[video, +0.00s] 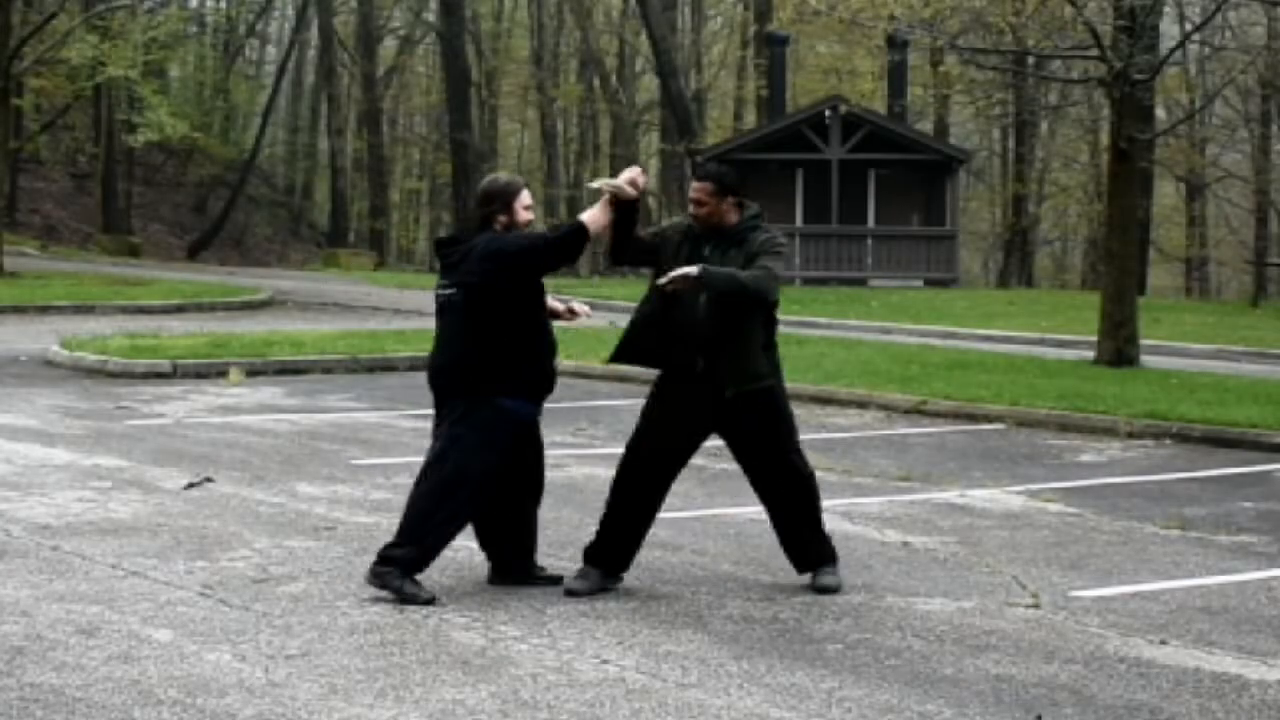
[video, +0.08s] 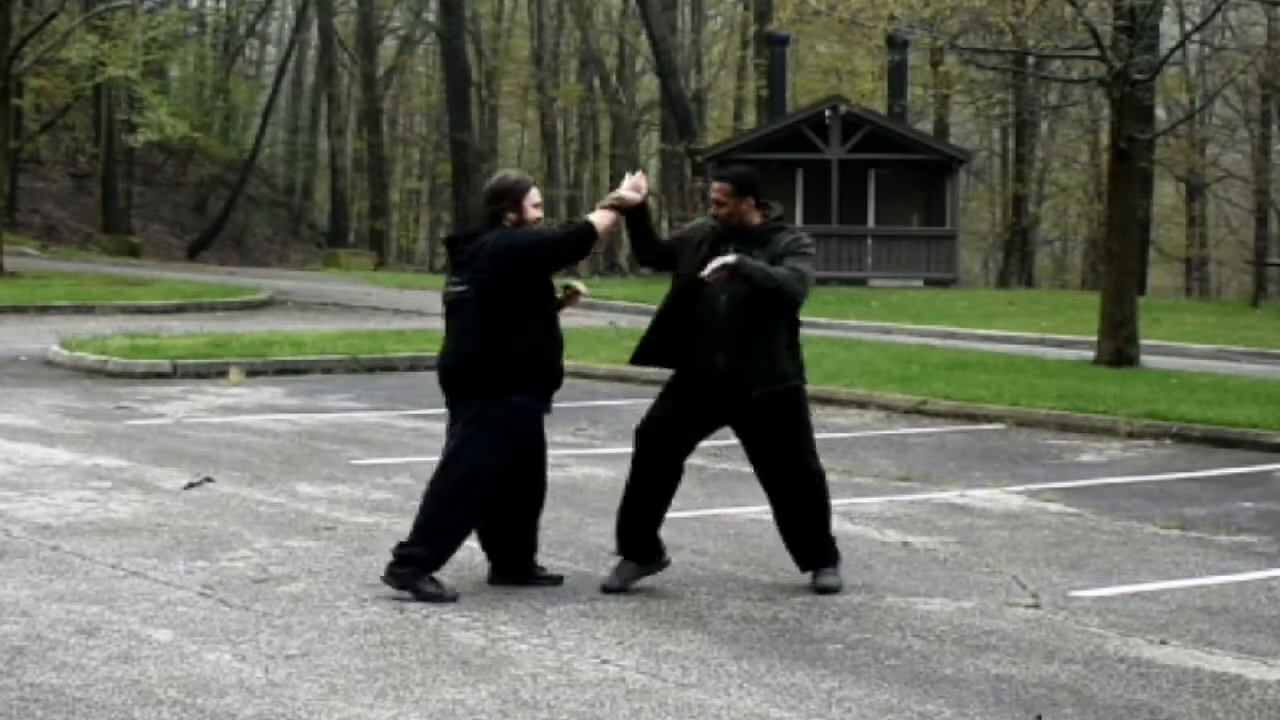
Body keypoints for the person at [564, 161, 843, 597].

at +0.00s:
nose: (693, 210)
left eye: (701, 203)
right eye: (691, 202)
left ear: (731, 204)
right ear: (689, 201)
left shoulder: (764, 241)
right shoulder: (682, 235)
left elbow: (764, 287)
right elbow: (622, 252)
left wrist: (702, 276)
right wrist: (624, 202)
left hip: (748, 387)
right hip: (684, 385)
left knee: (784, 474)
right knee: (640, 472)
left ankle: (821, 564)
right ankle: (602, 566)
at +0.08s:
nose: (715, 210)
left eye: (722, 203)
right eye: (713, 202)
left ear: (752, 204)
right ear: (715, 202)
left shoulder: (788, 242)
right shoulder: (704, 235)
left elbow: (794, 287)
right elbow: (652, 255)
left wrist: (740, 265)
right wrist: (635, 209)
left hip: (767, 385)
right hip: (701, 380)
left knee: (794, 471)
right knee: (654, 445)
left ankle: (823, 563)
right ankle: (639, 552)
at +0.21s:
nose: (736, 209)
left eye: (743, 202)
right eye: (734, 202)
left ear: (773, 203)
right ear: (739, 204)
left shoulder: (814, 251)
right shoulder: (733, 244)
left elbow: (822, 308)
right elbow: (697, 290)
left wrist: (772, 273)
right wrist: (662, 251)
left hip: (791, 388)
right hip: (731, 382)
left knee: (807, 477)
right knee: (674, 431)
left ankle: (825, 563)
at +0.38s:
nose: (753, 210)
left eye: (760, 202)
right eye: (751, 202)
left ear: (789, 203)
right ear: (758, 204)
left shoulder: (827, 250)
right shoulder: (754, 245)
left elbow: (824, 308)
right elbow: (733, 305)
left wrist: (769, 271)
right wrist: (695, 286)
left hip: (804, 387)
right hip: (745, 380)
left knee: (809, 478)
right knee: (693, 435)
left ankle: (824, 564)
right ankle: (712, 545)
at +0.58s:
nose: (758, 206)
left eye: (766, 199)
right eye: (757, 197)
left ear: (794, 201)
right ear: (770, 201)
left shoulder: (820, 250)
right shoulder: (762, 242)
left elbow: (765, 286)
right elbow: (722, 287)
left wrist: (702, 266)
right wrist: (733, 251)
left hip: (805, 383)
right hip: (749, 375)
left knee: (807, 474)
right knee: (692, 428)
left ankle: (823, 564)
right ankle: (687, 538)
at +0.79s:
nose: (750, 203)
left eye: (758, 197)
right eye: (750, 195)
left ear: (786, 200)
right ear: (756, 197)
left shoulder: (813, 251)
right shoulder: (743, 233)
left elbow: (775, 298)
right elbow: (689, 240)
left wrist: (720, 284)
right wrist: (693, 196)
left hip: (790, 389)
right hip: (730, 385)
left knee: (801, 480)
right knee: (694, 473)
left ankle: (823, 565)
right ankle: (671, 567)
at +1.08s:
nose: (763, 200)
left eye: (771, 193)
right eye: (762, 192)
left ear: (799, 198)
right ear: (764, 194)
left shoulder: (830, 248)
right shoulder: (750, 229)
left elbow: (822, 308)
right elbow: (693, 232)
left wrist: (751, 311)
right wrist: (703, 179)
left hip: (802, 383)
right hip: (747, 376)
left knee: (801, 473)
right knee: (707, 471)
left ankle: (849, 564)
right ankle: (673, 567)